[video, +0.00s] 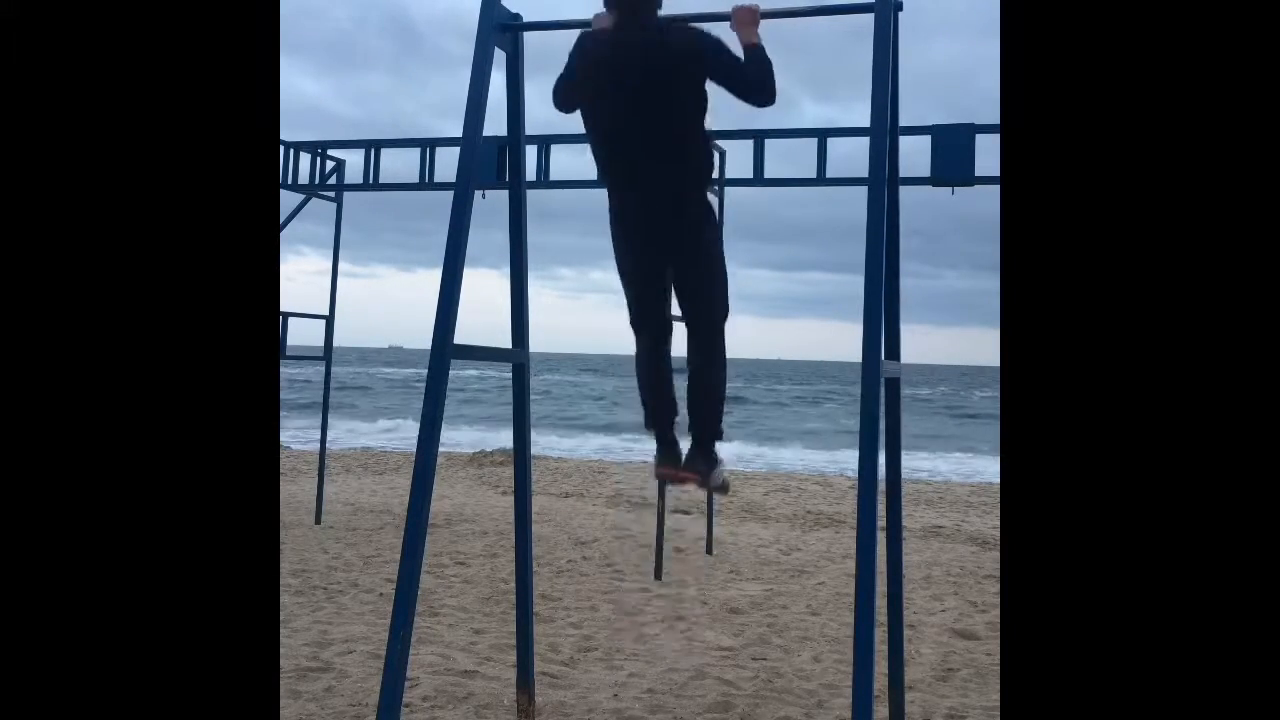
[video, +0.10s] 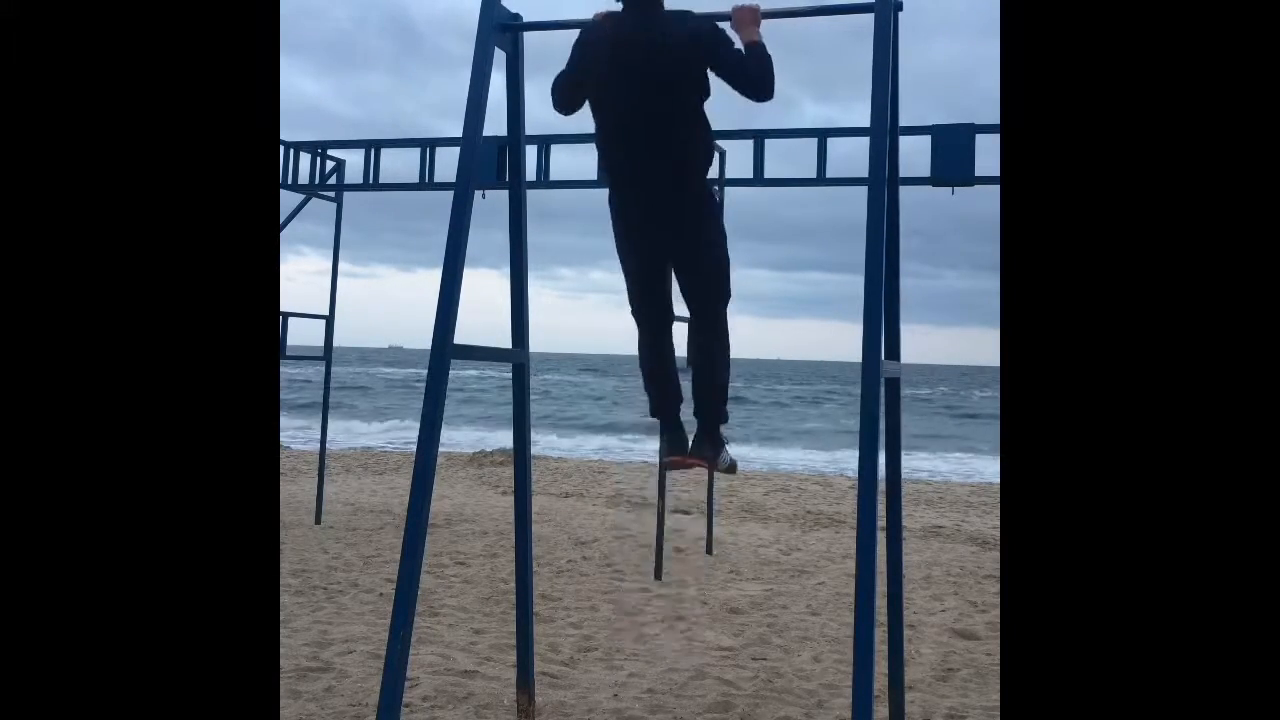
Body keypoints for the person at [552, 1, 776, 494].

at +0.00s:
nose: (614, 12)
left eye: (610, 8)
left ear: (610, 8)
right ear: (657, 5)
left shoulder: (593, 47)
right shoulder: (686, 41)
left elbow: (563, 99)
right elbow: (762, 91)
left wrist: (595, 36)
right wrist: (750, 39)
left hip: (630, 213)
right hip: (689, 209)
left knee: (650, 332)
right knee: (707, 327)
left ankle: (666, 451)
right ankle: (704, 455)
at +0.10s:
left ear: (620, 1)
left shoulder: (597, 36)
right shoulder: (694, 29)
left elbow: (564, 100)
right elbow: (759, 86)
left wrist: (595, 35)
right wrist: (751, 36)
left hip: (631, 203)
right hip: (690, 199)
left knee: (651, 320)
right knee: (709, 315)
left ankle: (671, 438)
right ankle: (710, 440)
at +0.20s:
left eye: (621, 5)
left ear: (622, 3)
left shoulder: (601, 39)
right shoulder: (694, 32)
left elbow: (568, 103)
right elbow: (759, 92)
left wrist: (595, 36)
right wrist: (751, 38)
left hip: (633, 206)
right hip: (691, 202)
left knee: (651, 327)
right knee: (709, 321)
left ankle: (670, 445)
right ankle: (710, 448)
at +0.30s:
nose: (647, 19)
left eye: (626, 15)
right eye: (655, 12)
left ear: (619, 20)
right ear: (665, 17)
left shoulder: (598, 69)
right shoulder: (695, 63)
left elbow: (567, 106)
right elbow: (768, 101)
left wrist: (597, 42)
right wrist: (753, 40)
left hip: (636, 237)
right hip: (694, 234)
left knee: (651, 361)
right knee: (708, 361)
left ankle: (666, 481)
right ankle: (703, 483)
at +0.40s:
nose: (652, 64)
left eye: (631, 56)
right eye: (659, 54)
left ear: (622, 65)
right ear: (668, 60)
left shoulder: (605, 111)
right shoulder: (698, 104)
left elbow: (575, 101)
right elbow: (769, 103)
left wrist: (598, 44)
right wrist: (753, 42)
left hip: (640, 280)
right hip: (699, 279)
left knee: (648, 400)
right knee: (706, 401)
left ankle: (655, 521)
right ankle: (694, 525)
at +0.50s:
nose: (652, 99)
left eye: (631, 93)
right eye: (660, 91)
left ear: (624, 104)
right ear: (673, 99)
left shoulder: (611, 145)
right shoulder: (704, 138)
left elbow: (587, 107)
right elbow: (765, 107)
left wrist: (600, 44)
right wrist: (751, 43)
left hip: (644, 313)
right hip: (701, 313)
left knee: (645, 436)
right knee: (703, 439)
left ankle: (647, 560)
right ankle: (684, 567)